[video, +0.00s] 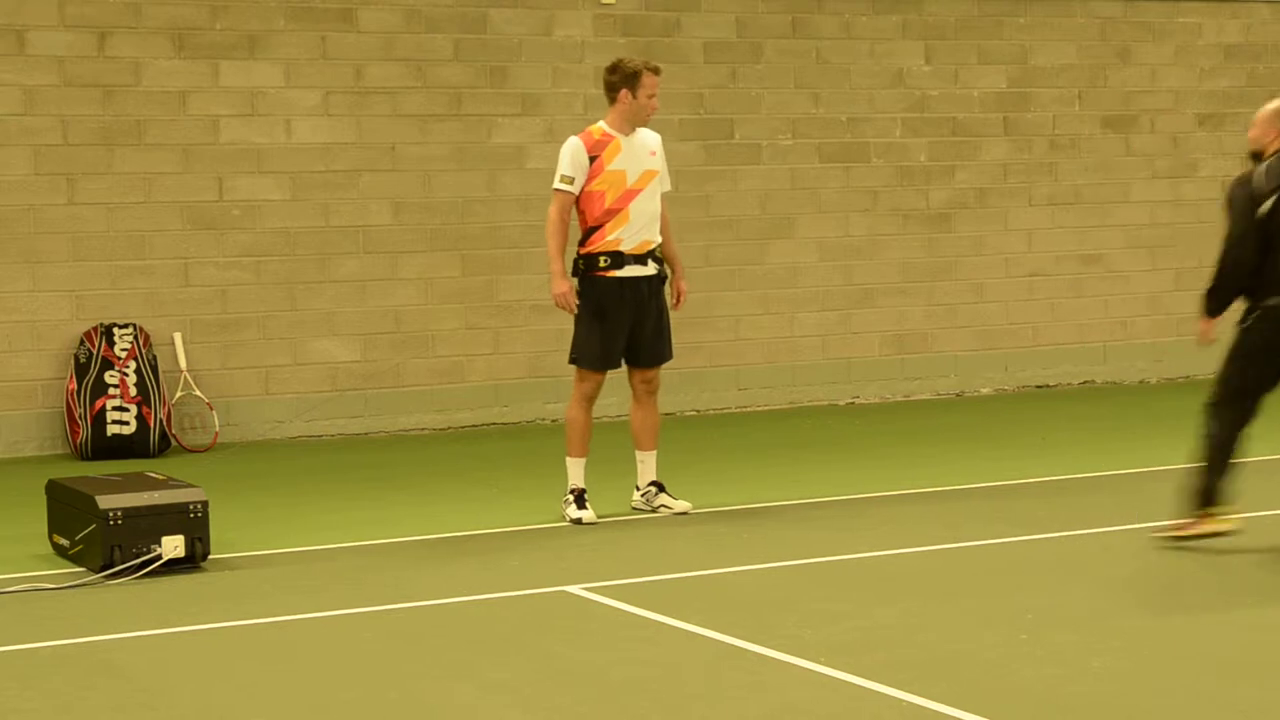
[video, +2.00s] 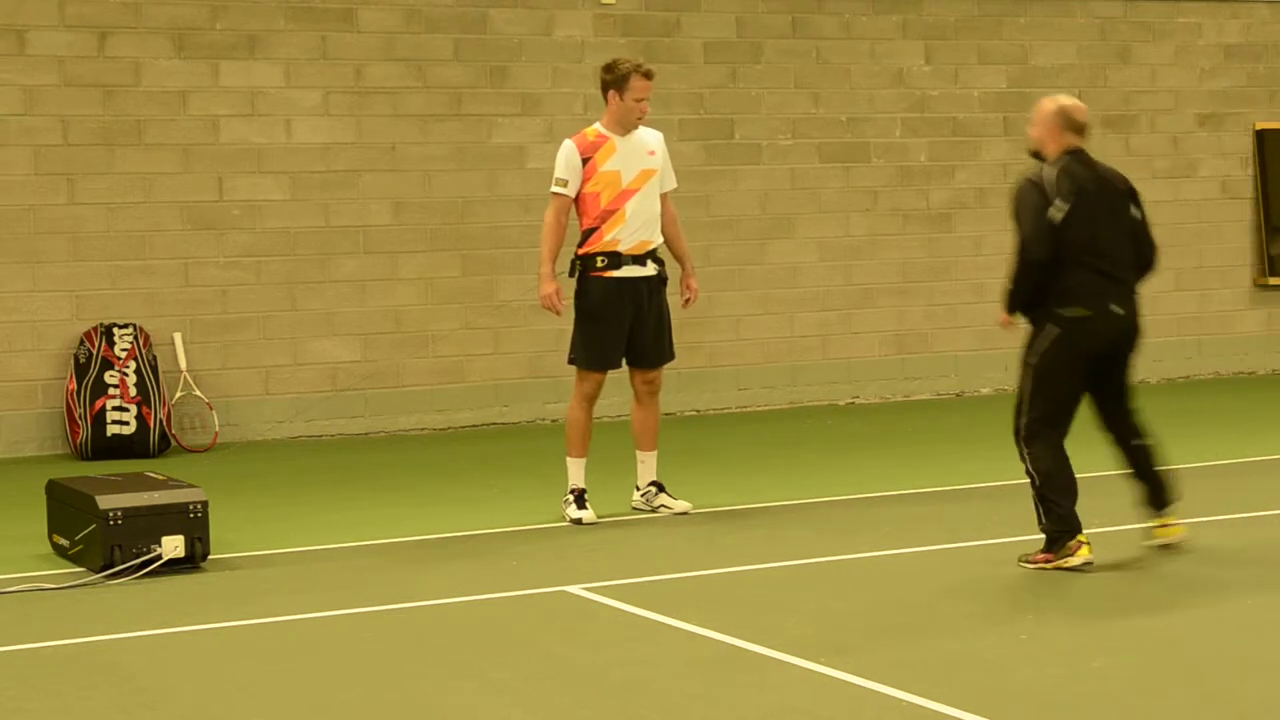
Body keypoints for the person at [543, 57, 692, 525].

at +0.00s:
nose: (656, 104)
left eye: (657, 97)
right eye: (651, 96)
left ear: (637, 98)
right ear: (623, 96)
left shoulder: (652, 144)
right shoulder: (581, 147)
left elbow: (659, 214)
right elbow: (558, 215)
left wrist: (676, 268)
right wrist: (558, 275)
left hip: (649, 281)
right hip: (601, 283)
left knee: (646, 384)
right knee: (587, 387)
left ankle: (647, 487)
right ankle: (576, 493)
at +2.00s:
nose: (646, 108)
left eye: (649, 100)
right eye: (639, 101)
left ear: (645, 100)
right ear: (612, 98)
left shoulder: (653, 142)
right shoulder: (577, 149)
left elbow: (665, 209)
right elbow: (557, 214)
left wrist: (686, 264)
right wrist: (547, 275)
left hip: (649, 280)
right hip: (600, 283)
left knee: (648, 384)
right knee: (588, 388)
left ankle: (647, 487)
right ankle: (576, 492)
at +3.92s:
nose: (650, 105)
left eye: (651, 97)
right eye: (645, 98)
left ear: (627, 98)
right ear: (617, 98)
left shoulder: (650, 143)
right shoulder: (579, 149)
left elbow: (685, 194)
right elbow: (567, 216)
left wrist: (740, 227)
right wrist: (581, 267)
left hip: (646, 280)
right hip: (601, 281)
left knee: (646, 383)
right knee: (586, 388)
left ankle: (647, 487)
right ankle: (575, 491)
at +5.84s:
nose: (617, 113)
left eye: (623, 105)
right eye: (609, 105)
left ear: (631, 101)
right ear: (591, 101)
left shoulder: (649, 142)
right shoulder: (572, 151)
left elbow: (663, 207)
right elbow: (553, 213)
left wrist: (680, 262)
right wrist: (543, 263)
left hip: (646, 279)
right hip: (598, 282)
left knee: (646, 383)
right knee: (586, 387)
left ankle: (647, 487)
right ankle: (576, 492)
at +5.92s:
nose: (617, 114)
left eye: (623, 105)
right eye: (608, 106)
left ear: (630, 101)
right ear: (590, 101)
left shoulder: (647, 141)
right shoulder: (571, 151)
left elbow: (648, 205)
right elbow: (551, 213)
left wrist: (654, 259)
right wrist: (540, 264)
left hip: (645, 280)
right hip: (597, 283)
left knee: (647, 383)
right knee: (585, 388)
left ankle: (648, 488)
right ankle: (576, 493)